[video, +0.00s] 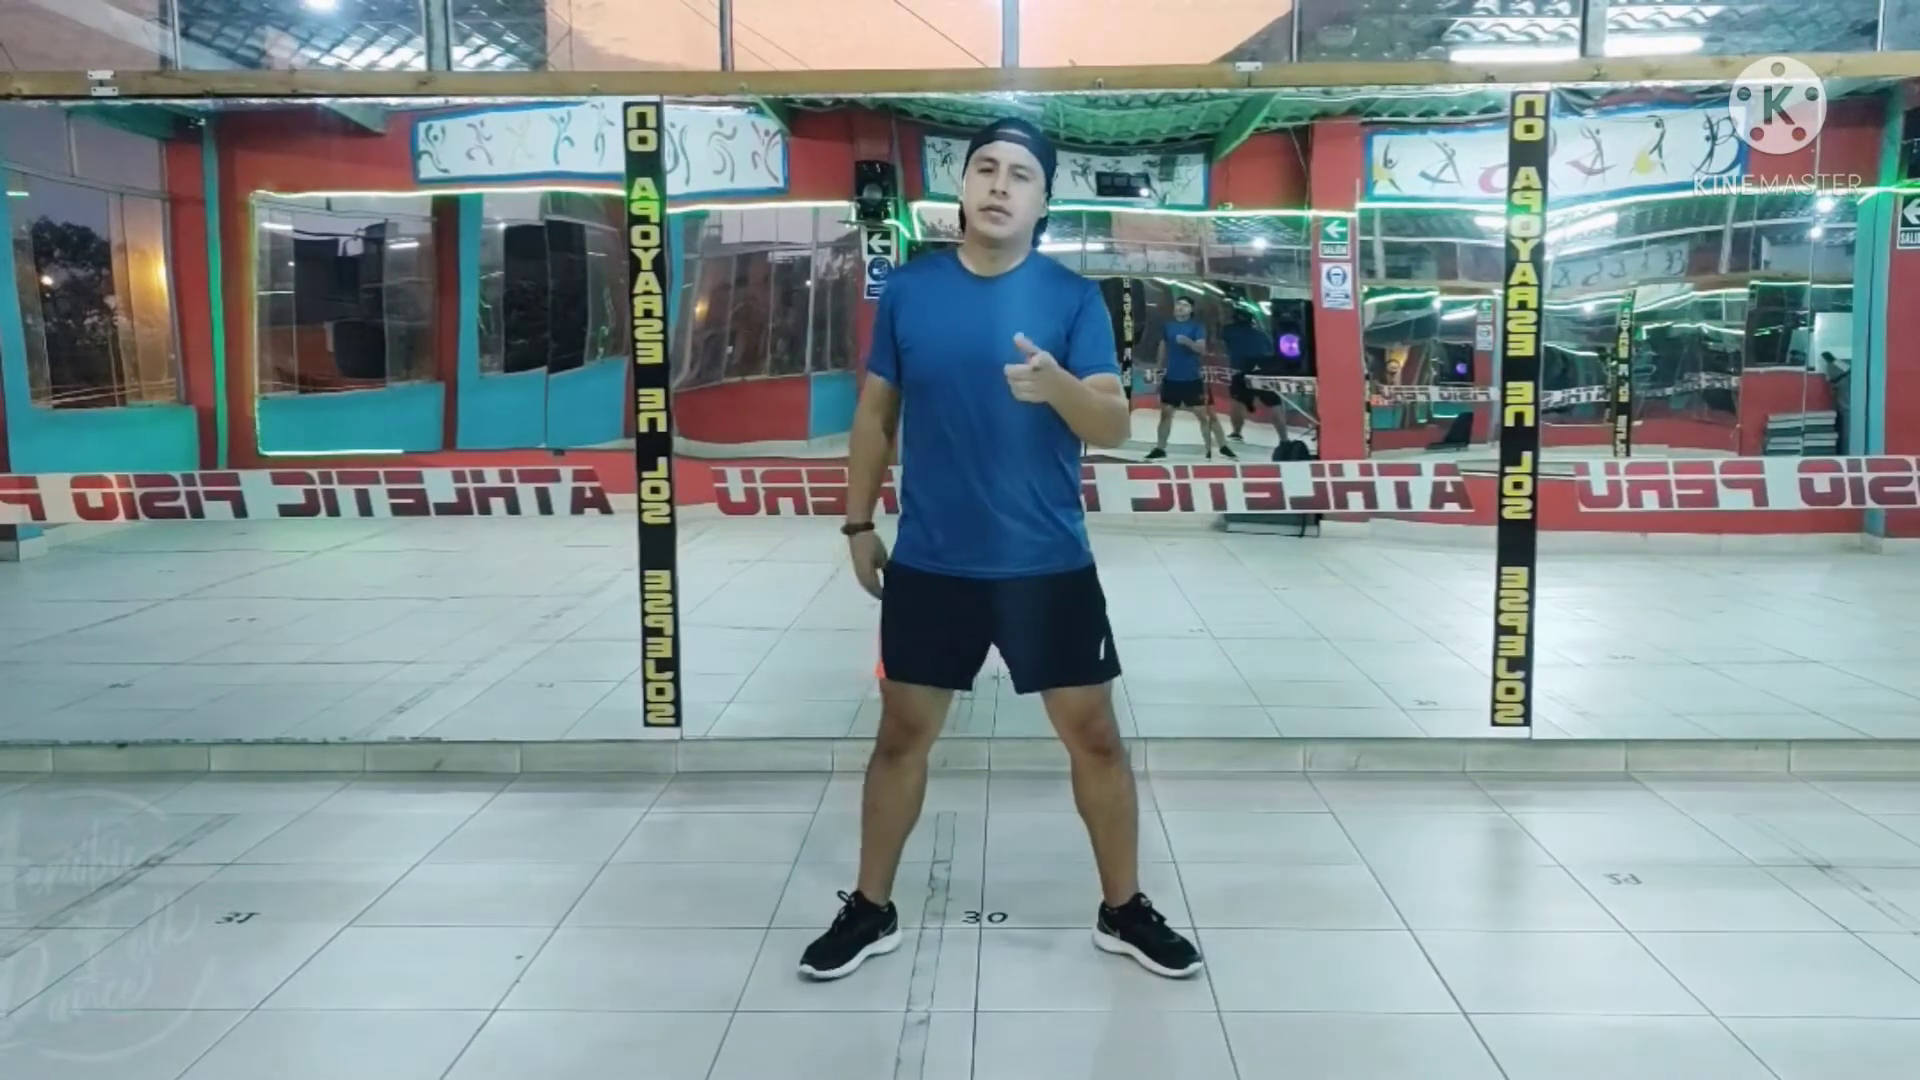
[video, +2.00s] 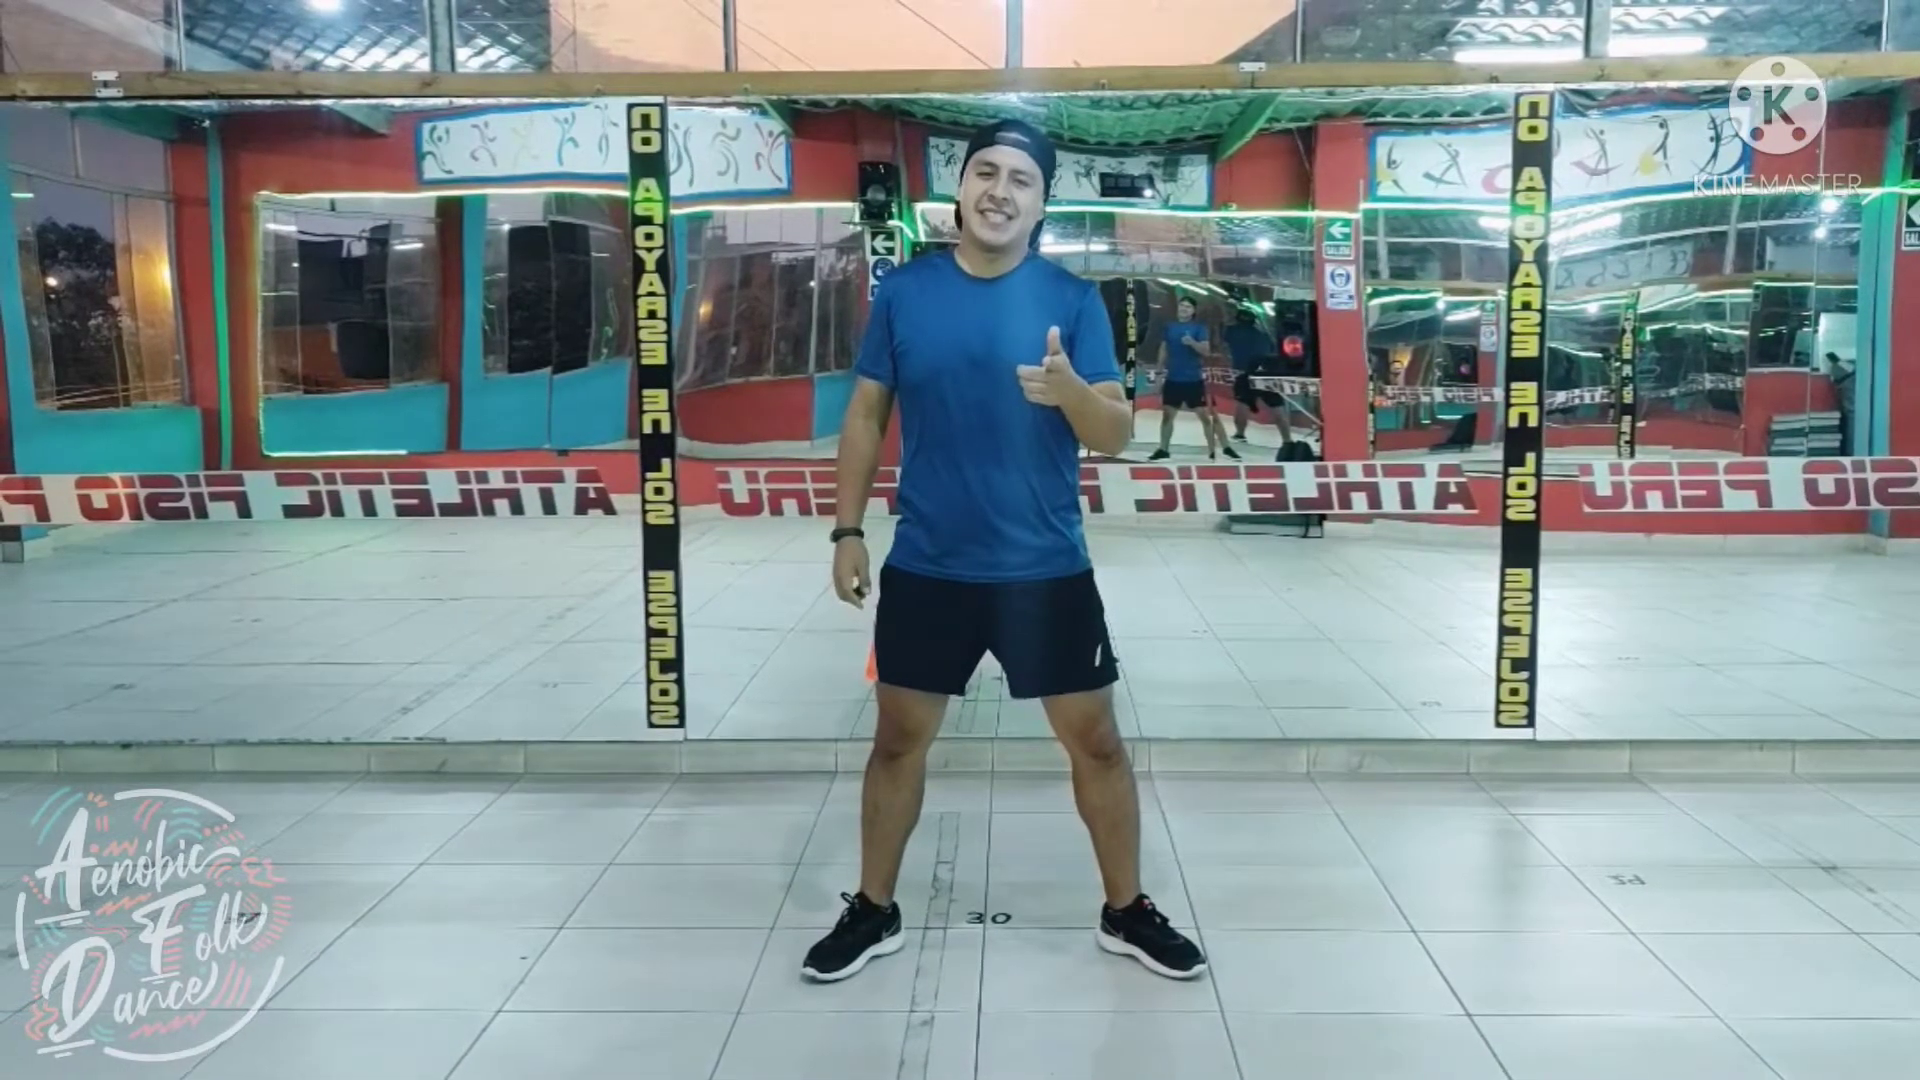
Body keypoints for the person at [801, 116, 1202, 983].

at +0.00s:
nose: (999, 185)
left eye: (1019, 176)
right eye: (986, 170)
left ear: (1044, 204)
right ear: (960, 190)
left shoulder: (1072, 297)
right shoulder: (907, 290)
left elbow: (1111, 428)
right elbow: (874, 413)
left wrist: (1061, 390)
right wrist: (859, 523)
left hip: (1047, 558)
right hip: (933, 555)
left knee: (1094, 733)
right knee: (901, 734)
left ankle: (1124, 905)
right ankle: (871, 904)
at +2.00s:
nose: (1000, 190)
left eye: (1020, 181)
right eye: (986, 174)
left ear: (1042, 206)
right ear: (957, 190)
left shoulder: (1072, 299)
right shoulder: (903, 292)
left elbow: (1113, 435)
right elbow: (867, 411)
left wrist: (1074, 398)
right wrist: (849, 527)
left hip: (1045, 564)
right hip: (929, 560)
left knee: (1096, 742)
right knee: (896, 738)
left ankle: (1126, 906)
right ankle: (873, 905)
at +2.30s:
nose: (999, 195)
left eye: (1020, 184)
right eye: (985, 177)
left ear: (1042, 206)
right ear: (958, 191)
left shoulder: (1071, 299)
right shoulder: (903, 292)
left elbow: (1115, 435)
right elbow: (867, 410)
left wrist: (1077, 403)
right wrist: (849, 527)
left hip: (1044, 564)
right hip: (928, 560)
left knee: (1095, 742)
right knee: (896, 739)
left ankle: (1126, 906)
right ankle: (874, 904)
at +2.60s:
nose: (995, 212)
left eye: (1016, 200)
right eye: (982, 192)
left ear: (1038, 219)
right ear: (954, 200)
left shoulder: (1063, 311)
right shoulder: (895, 293)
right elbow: (853, 406)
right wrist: (837, 521)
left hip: (1028, 563)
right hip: (912, 558)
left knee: (1094, 737)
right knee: (886, 736)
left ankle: (1129, 905)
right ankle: (873, 905)